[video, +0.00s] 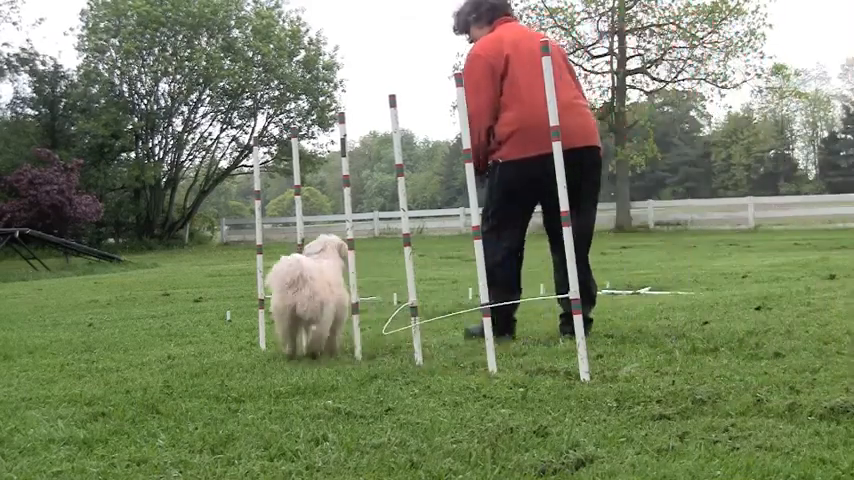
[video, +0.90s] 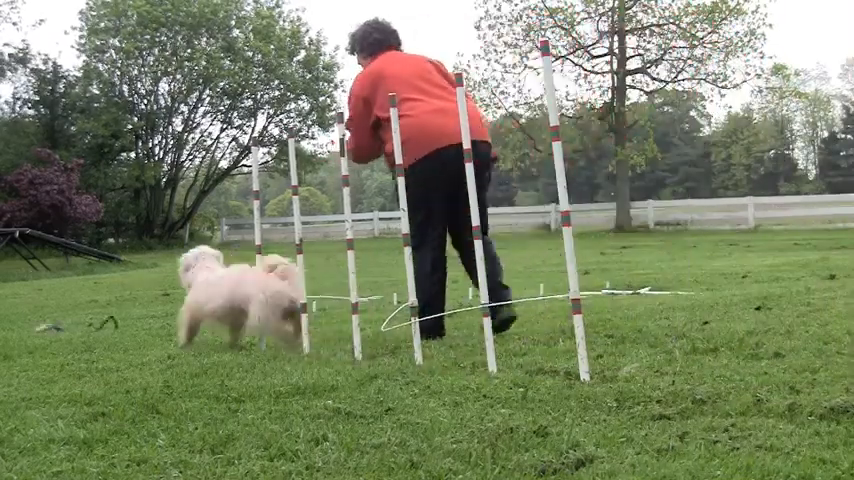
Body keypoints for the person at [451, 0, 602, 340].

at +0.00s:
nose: (470, 41)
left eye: (469, 33)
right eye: (467, 35)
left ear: (480, 21)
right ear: (506, 16)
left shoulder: (484, 51)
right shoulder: (549, 43)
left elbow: (479, 117)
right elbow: (575, 92)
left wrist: (479, 163)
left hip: (524, 150)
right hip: (582, 144)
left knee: (501, 235)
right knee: (572, 234)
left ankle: (499, 322)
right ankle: (577, 319)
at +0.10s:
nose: (459, 47)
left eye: (459, 39)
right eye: (457, 41)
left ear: (471, 28)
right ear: (497, 22)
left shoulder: (472, 56)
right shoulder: (538, 48)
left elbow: (466, 121)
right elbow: (566, 99)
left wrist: (463, 173)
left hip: (514, 154)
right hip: (572, 148)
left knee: (488, 239)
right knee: (565, 238)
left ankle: (465, 319)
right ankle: (576, 318)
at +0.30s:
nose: (424, 64)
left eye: (424, 57)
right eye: (421, 59)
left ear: (435, 46)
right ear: (459, 42)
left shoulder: (433, 81)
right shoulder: (499, 62)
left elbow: (427, 144)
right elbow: (535, 107)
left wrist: (429, 200)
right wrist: (544, 147)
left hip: (481, 165)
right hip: (536, 153)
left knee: (460, 251)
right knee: (550, 239)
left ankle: (436, 325)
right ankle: (573, 316)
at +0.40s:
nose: (399, 75)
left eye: (400, 68)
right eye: (397, 69)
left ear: (411, 59)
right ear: (434, 54)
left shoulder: (409, 90)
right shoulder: (474, 71)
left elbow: (391, 160)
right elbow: (511, 113)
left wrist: (367, 202)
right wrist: (533, 154)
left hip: (459, 169)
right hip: (517, 155)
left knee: (440, 248)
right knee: (541, 238)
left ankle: (430, 328)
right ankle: (569, 318)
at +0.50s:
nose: (379, 83)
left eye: (378, 76)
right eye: (377, 77)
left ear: (388, 68)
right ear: (414, 61)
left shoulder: (389, 96)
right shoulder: (454, 76)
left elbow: (361, 145)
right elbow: (493, 111)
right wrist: (520, 153)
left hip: (446, 166)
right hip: (503, 152)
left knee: (431, 247)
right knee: (529, 239)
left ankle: (429, 326)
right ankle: (566, 309)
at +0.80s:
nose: (359, 74)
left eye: (359, 68)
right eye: (357, 69)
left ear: (368, 59)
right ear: (394, 52)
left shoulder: (368, 82)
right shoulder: (430, 67)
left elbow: (361, 153)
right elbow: (460, 101)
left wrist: (342, 150)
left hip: (429, 152)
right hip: (481, 141)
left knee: (427, 241)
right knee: (486, 230)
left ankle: (430, 324)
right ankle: (525, 289)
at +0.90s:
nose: (362, 66)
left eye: (361, 60)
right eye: (360, 61)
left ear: (366, 53)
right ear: (396, 44)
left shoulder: (366, 79)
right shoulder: (429, 62)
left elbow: (362, 149)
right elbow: (465, 101)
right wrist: (486, 146)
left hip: (426, 151)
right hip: (476, 142)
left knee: (428, 241)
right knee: (471, 230)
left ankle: (431, 325)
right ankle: (499, 302)